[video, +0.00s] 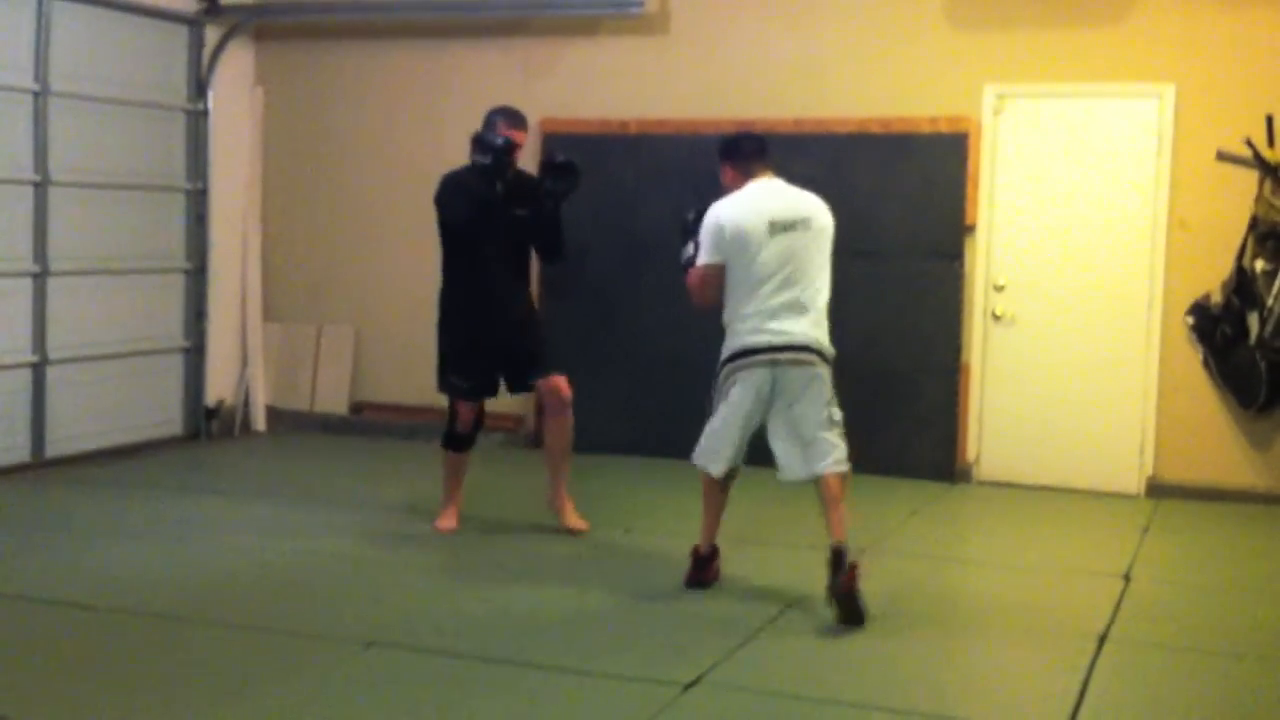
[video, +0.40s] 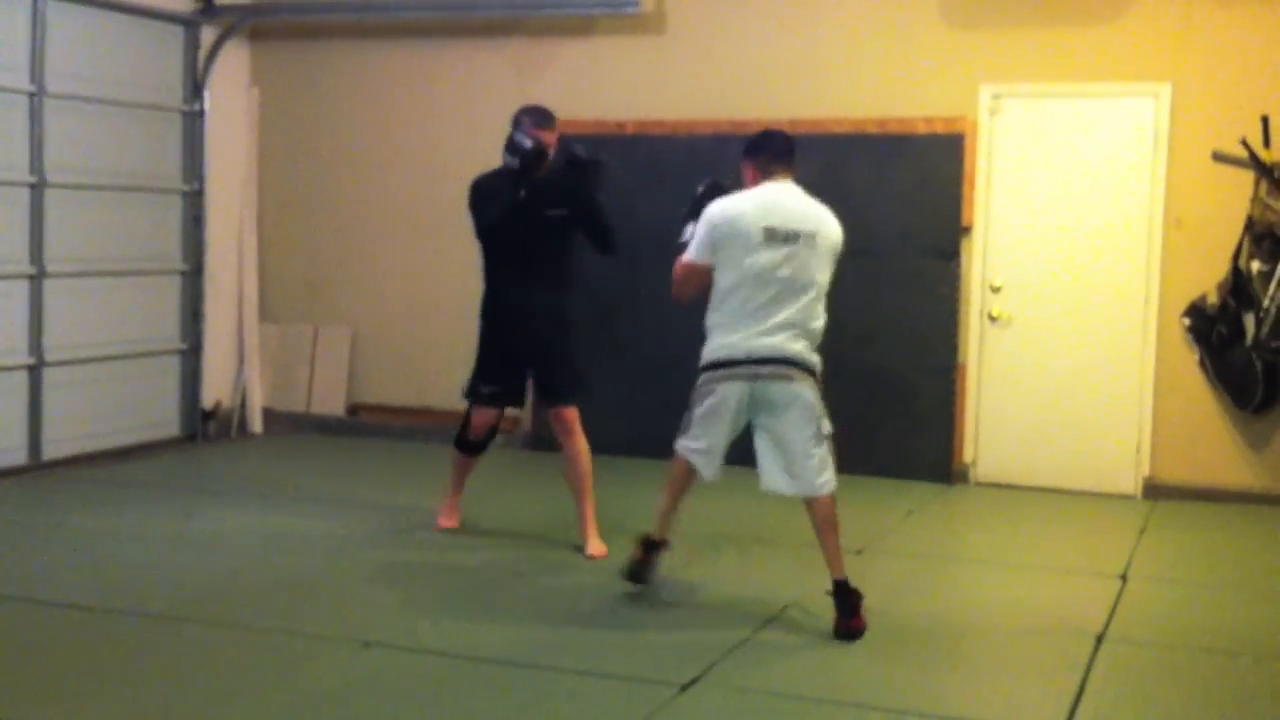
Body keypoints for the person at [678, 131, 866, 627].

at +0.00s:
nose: (721, 182)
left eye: (721, 175)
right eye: (723, 175)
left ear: (730, 171)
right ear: (769, 163)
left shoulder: (724, 213)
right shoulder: (819, 209)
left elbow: (704, 293)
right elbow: (807, 275)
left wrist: (694, 253)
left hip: (749, 349)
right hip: (808, 349)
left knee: (720, 451)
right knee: (827, 452)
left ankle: (705, 552)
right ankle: (841, 555)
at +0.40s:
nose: (744, 176)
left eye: (743, 169)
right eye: (748, 169)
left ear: (749, 168)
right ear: (793, 168)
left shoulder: (724, 212)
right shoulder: (829, 223)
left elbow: (684, 286)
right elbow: (806, 283)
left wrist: (699, 226)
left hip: (726, 362)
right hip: (794, 363)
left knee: (692, 451)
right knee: (816, 478)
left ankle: (655, 538)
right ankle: (842, 590)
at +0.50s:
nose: (732, 182)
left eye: (729, 174)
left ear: (728, 174)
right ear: (774, 175)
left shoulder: (698, 219)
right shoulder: (808, 234)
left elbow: (650, 278)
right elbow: (802, 295)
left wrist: (648, 234)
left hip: (699, 375)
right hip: (765, 378)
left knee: (664, 455)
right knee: (802, 483)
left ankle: (612, 539)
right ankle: (840, 591)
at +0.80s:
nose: (740, 182)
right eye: (740, 175)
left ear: (690, 168)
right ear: (738, 176)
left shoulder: (638, 211)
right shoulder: (740, 232)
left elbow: (597, 281)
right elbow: (736, 320)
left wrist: (647, 265)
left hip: (624, 367)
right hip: (686, 369)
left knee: (635, 462)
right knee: (777, 457)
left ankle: (594, 558)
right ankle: (754, 558)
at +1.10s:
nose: (706, 170)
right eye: (710, 164)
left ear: (660, 156)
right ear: (709, 165)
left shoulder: (617, 196)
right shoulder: (729, 223)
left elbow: (578, 259)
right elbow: (730, 300)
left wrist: (630, 255)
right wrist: (685, 265)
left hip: (615, 356)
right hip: (679, 360)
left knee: (615, 465)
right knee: (703, 482)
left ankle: (599, 558)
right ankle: (684, 606)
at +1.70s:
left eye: (624, 151)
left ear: (619, 154)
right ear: (675, 159)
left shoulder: (580, 208)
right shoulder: (705, 223)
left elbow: (553, 293)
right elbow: (697, 304)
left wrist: (600, 316)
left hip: (580, 368)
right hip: (650, 374)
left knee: (560, 490)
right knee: (653, 510)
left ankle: (532, 592)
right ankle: (662, 655)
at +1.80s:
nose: (601, 153)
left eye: (595, 143)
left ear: (597, 144)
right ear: (652, 141)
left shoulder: (569, 203)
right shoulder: (696, 204)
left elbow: (563, 277)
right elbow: (690, 282)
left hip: (581, 365)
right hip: (651, 370)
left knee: (557, 485)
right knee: (666, 504)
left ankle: (525, 597)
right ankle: (667, 652)